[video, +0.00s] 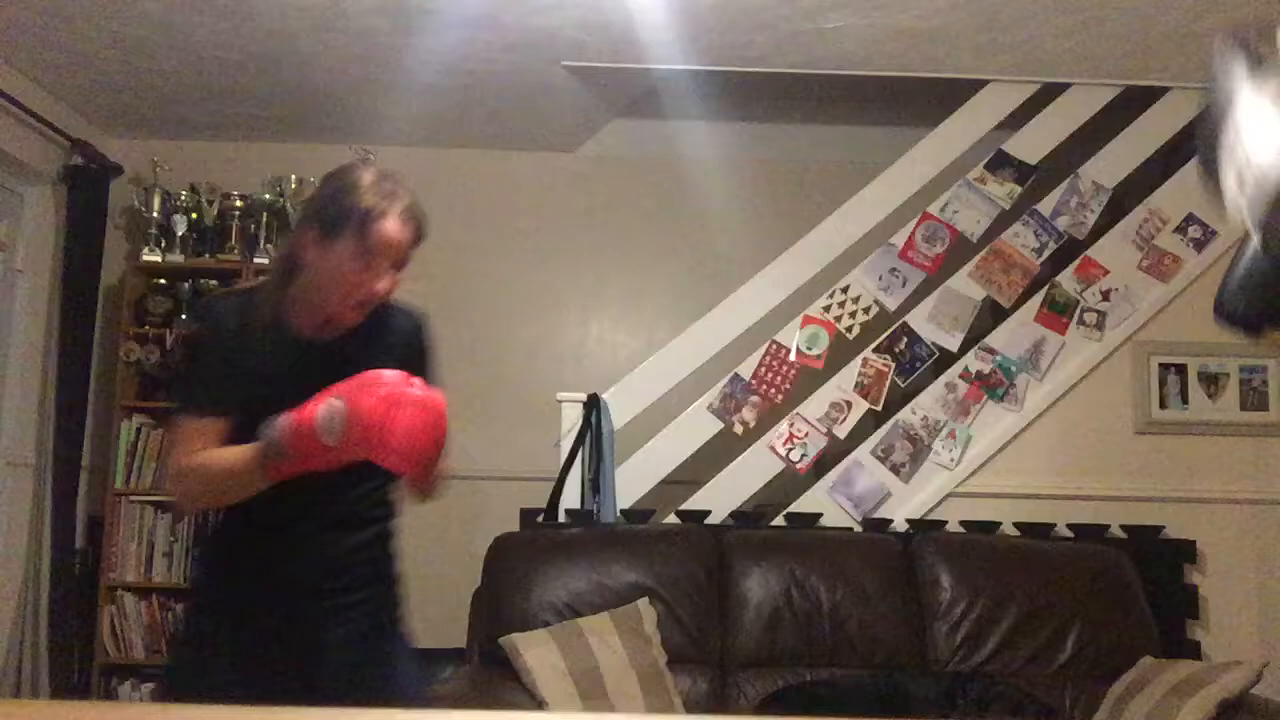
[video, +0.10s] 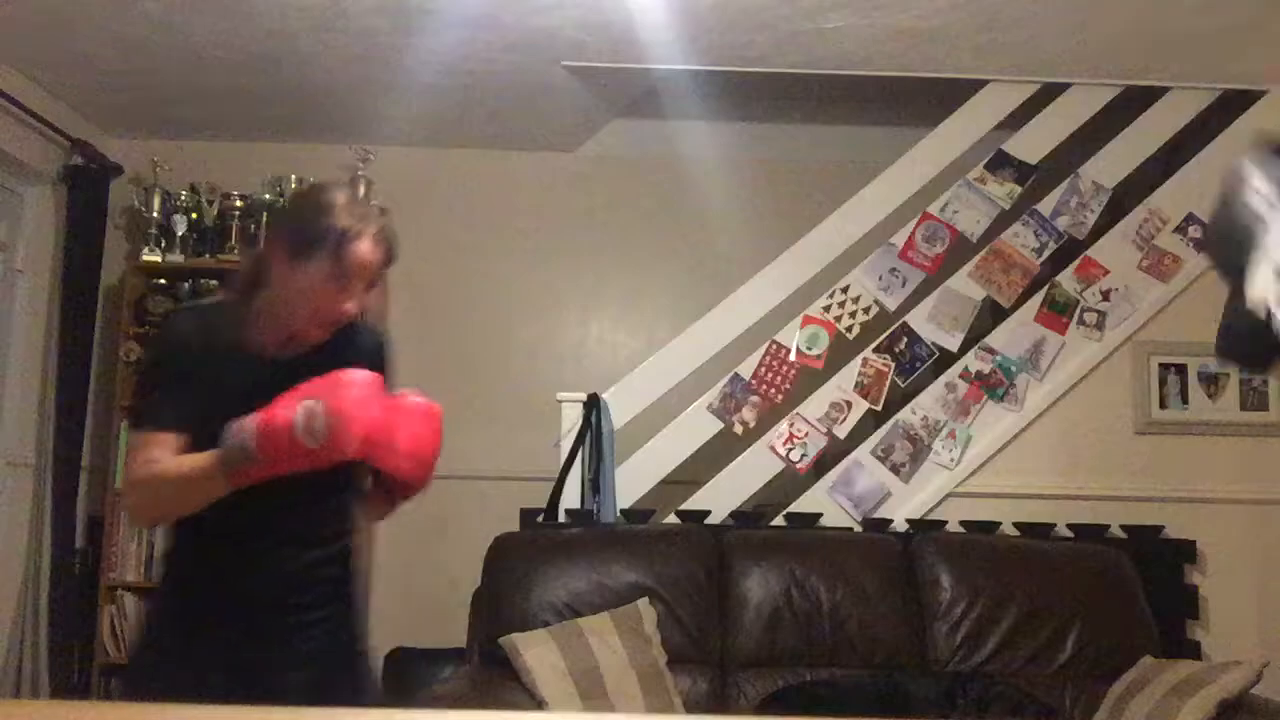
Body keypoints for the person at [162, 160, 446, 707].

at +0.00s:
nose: (381, 286)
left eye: (396, 268)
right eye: (366, 261)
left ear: (404, 267)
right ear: (309, 242)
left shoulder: (399, 335)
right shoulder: (232, 327)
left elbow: (426, 485)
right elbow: (185, 481)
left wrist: (417, 442)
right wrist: (300, 437)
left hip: (358, 629)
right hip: (239, 630)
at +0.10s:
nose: (352, 307)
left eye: (367, 288)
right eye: (339, 282)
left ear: (376, 286)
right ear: (279, 255)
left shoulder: (359, 349)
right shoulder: (194, 336)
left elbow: (356, 506)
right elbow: (142, 495)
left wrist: (395, 481)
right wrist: (257, 446)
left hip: (316, 646)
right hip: (198, 646)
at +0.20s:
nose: (319, 302)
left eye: (331, 284)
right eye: (307, 276)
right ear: (248, 250)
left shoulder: (317, 347)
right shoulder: (149, 327)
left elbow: (325, 494)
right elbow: (103, 480)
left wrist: (368, 457)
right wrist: (223, 412)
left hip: (275, 636)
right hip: (153, 638)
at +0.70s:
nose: (355, 273)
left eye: (367, 261)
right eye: (348, 252)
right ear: (291, 223)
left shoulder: (340, 318)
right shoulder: (180, 289)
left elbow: (364, 446)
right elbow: (142, 430)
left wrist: (422, 416)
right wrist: (258, 346)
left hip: (285, 594)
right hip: (167, 588)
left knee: (341, 715)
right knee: (131, 719)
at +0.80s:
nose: (372, 296)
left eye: (387, 285)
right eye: (365, 276)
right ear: (315, 252)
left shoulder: (371, 340)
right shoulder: (213, 322)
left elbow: (453, 459)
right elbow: (185, 449)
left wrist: (512, 400)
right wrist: (295, 351)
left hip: (318, 633)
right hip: (195, 629)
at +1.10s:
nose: (297, 285)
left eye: (312, 275)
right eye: (289, 261)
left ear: (330, 272)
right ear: (257, 240)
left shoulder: (326, 331)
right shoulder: (161, 295)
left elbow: (389, 448)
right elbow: (164, 411)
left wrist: (462, 391)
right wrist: (280, 303)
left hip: (263, 603)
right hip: (149, 599)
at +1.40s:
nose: (319, 278)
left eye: (334, 267)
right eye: (314, 259)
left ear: (341, 264)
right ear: (263, 231)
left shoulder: (330, 320)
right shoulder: (156, 291)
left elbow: (433, 408)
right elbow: (121, 416)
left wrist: (504, 353)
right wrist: (253, 333)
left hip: (277, 612)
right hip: (149, 604)